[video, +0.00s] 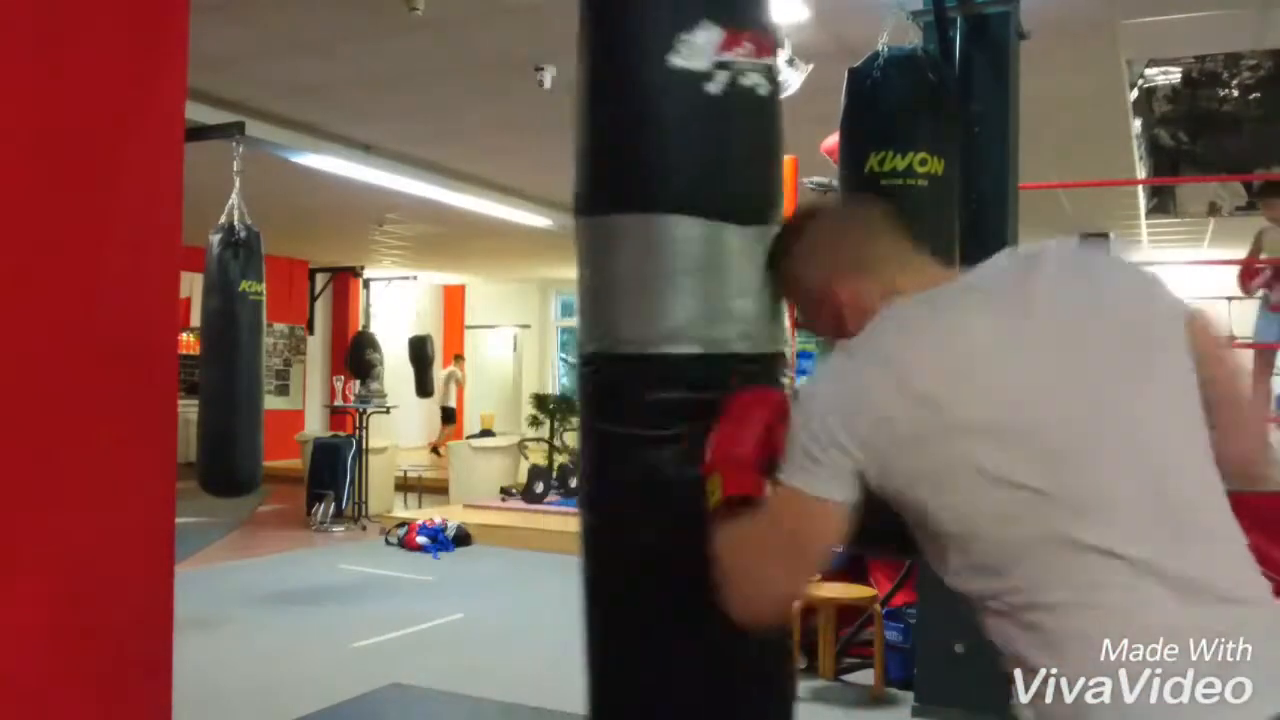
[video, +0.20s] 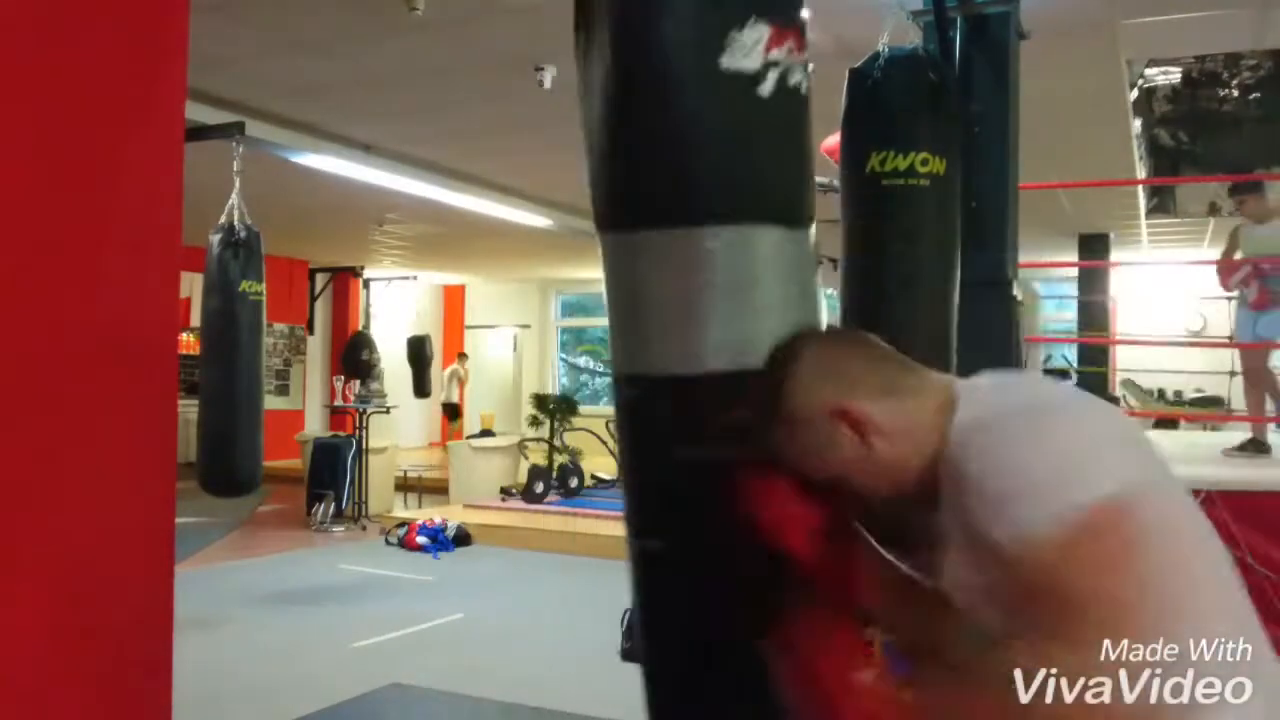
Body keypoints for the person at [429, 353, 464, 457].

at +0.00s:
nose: (462, 365)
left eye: (463, 363)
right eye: (462, 363)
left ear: (454, 361)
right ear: (458, 361)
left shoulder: (445, 371)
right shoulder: (455, 371)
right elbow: (461, 384)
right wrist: (463, 373)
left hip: (443, 402)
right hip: (450, 403)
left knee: (444, 426)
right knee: (451, 426)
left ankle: (436, 445)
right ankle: (437, 445)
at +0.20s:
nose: (465, 363)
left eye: (465, 361)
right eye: (464, 360)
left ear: (458, 359)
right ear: (461, 359)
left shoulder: (449, 369)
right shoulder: (457, 369)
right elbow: (463, 381)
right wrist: (466, 371)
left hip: (445, 399)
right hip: (452, 400)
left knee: (451, 424)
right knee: (454, 424)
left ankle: (450, 442)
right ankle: (450, 443)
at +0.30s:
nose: (466, 363)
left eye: (466, 361)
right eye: (466, 361)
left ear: (458, 359)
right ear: (462, 359)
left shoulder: (449, 369)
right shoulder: (457, 369)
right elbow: (466, 381)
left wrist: (466, 373)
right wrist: (468, 372)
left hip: (446, 400)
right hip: (453, 401)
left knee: (451, 425)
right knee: (456, 425)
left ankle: (450, 443)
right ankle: (452, 443)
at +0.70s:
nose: (468, 367)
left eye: (468, 365)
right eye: (467, 365)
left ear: (461, 363)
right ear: (464, 364)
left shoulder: (452, 373)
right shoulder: (458, 374)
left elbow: (463, 388)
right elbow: (465, 388)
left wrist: (468, 379)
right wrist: (470, 378)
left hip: (449, 404)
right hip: (454, 405)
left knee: (454, 428)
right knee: (457, 428)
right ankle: (456, 448)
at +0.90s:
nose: (465, 365)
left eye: (465, 362)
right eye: (465, 362)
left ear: (458, 360)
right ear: (463, 361)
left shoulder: (447, 371)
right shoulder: (462, 372)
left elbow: (445, 387)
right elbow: (463, 389)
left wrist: (444, 399)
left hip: (447, 403)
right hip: (457, 403)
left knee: (450, 426)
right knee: (461, 426)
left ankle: (450, 445)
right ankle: (458, 445)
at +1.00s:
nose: (464, 364)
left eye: (464, 362)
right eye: (464, 362)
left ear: (457, 361)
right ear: (463, 362)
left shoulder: (447, 372)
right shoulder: (465, 372)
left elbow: (443, 387)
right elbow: (466, 390)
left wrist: (443, 400)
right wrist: (465, 403)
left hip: (447, 403)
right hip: (458, 403)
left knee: (451, 426)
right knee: (464, 426)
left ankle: (451, 444)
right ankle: (457, 442)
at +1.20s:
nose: (467, 365)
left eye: (468, 363)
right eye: (466, 363)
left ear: (460, 362)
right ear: (463, 362)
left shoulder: (451, 371)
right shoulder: (459, 371)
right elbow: (470, 382)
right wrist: (471, 372)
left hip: (448, 401)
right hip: (455, 401)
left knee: (456, 423)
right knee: (462, 423)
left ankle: (453, 443)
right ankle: (458, 443)